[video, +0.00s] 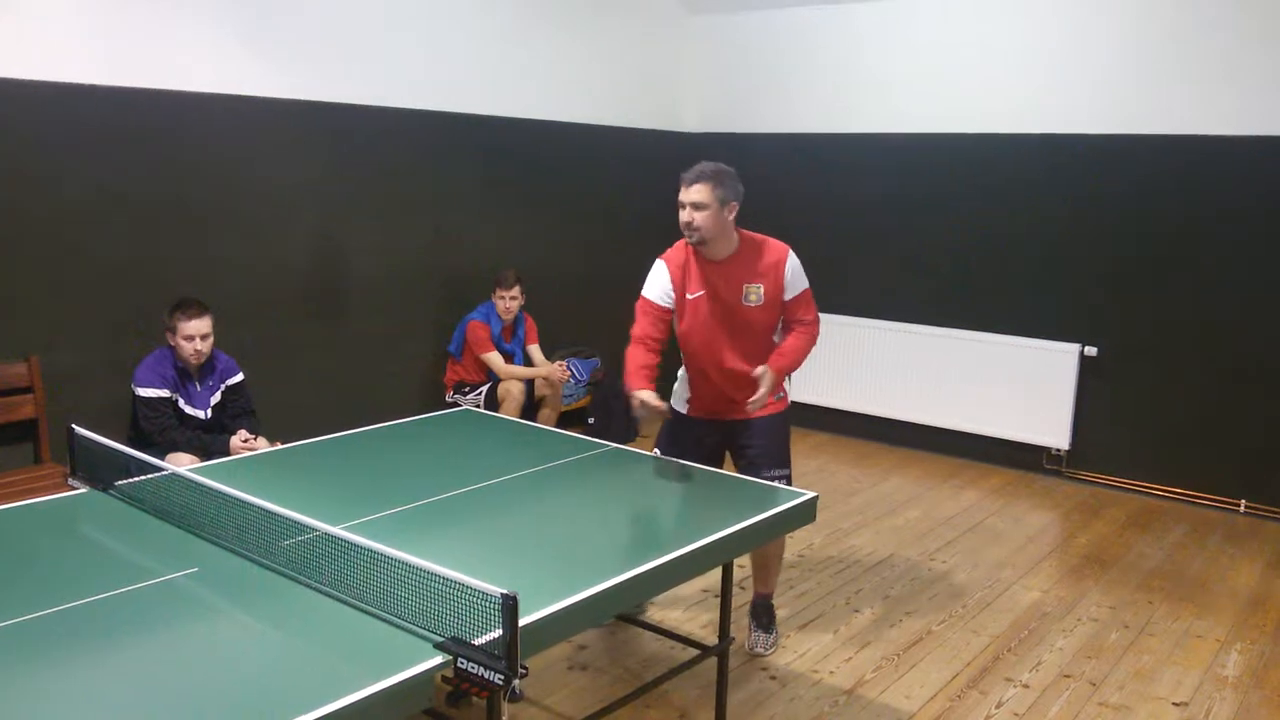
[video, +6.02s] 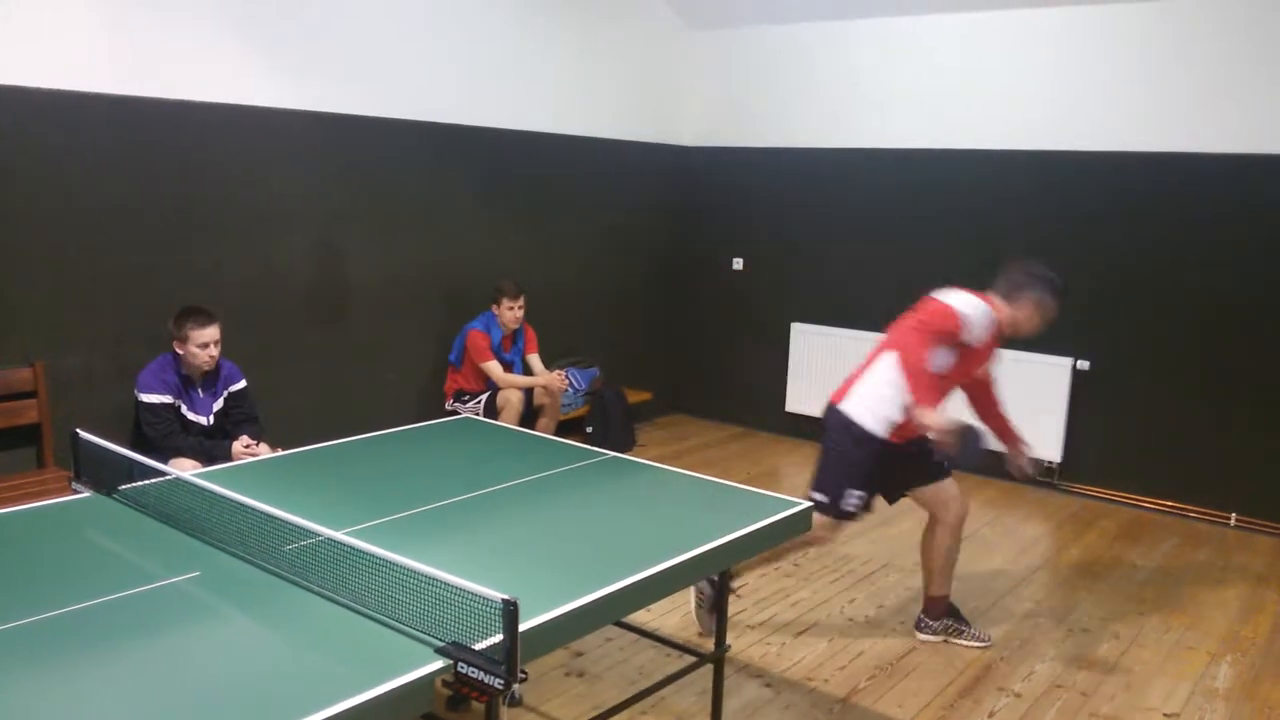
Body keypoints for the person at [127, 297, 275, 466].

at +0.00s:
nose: (198, 347)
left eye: (205, 338)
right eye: (189, 339)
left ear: (213, 335)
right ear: (171, 338)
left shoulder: (225, 367)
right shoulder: (151, 374)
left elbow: (241, 414)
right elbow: (163, 436)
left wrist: (243, 433)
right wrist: (225, 445)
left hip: (215, 443)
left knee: (261, 447)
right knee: (186, 463)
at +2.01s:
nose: (196, 359)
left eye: (202, 350)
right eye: (186, 351)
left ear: (209, 348)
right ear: (167, 351)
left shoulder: (221, 378)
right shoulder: (146, 385)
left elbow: (238, 424)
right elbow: (158, 447)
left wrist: (239, 443)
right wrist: (221, 456)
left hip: (212, 454)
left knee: (258, 459)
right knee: (182, 475)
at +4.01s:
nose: (212, 346)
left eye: (216, 337)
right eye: (201, 339)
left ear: (221, 337)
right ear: (179, 342)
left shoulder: (230, 368)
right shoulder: (157, 377)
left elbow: (249, 416)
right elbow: (169, 438)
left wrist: (248, 435)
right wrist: (230, 446)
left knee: (265, 448)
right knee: (190, 465)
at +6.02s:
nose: (213, 353)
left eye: (216, 344)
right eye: (203, 347)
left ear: (221, 341)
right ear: (179, 347)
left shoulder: (229, 373)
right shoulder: (154, 380)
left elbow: (245, 421)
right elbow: (167, 442)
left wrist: (246, 439)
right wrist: (227, 450)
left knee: (264, 453)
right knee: (189, 469)